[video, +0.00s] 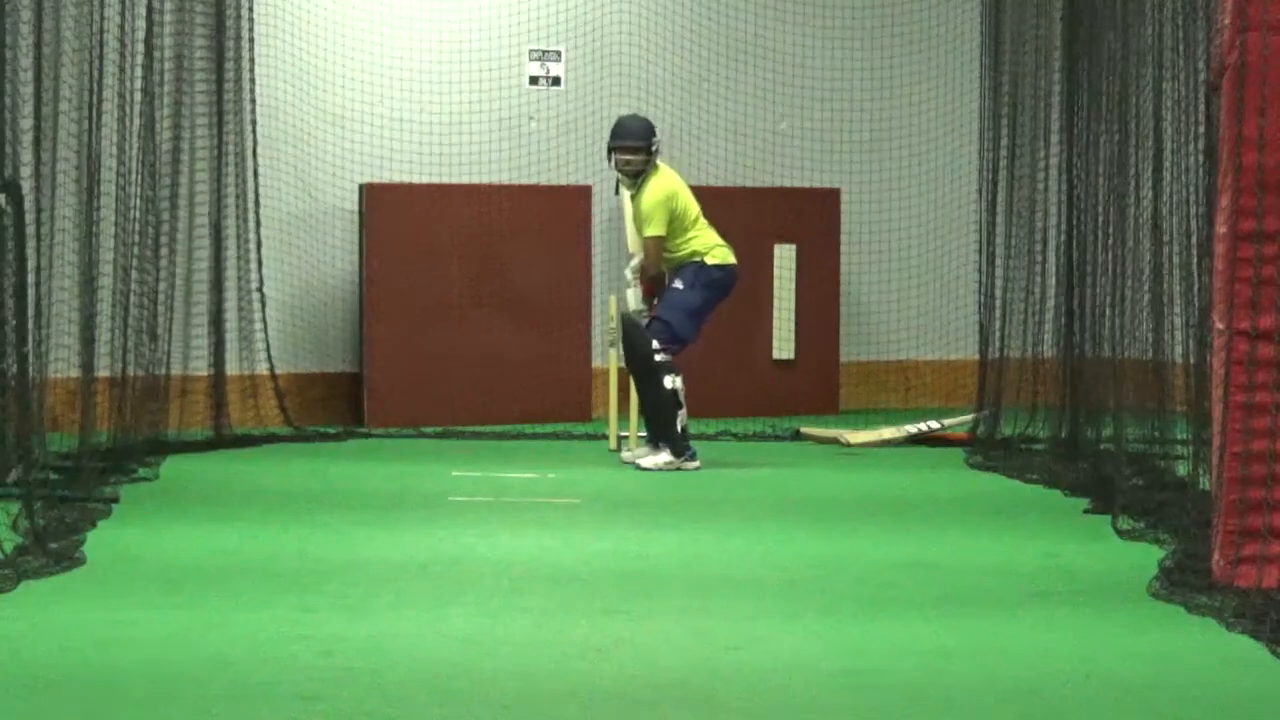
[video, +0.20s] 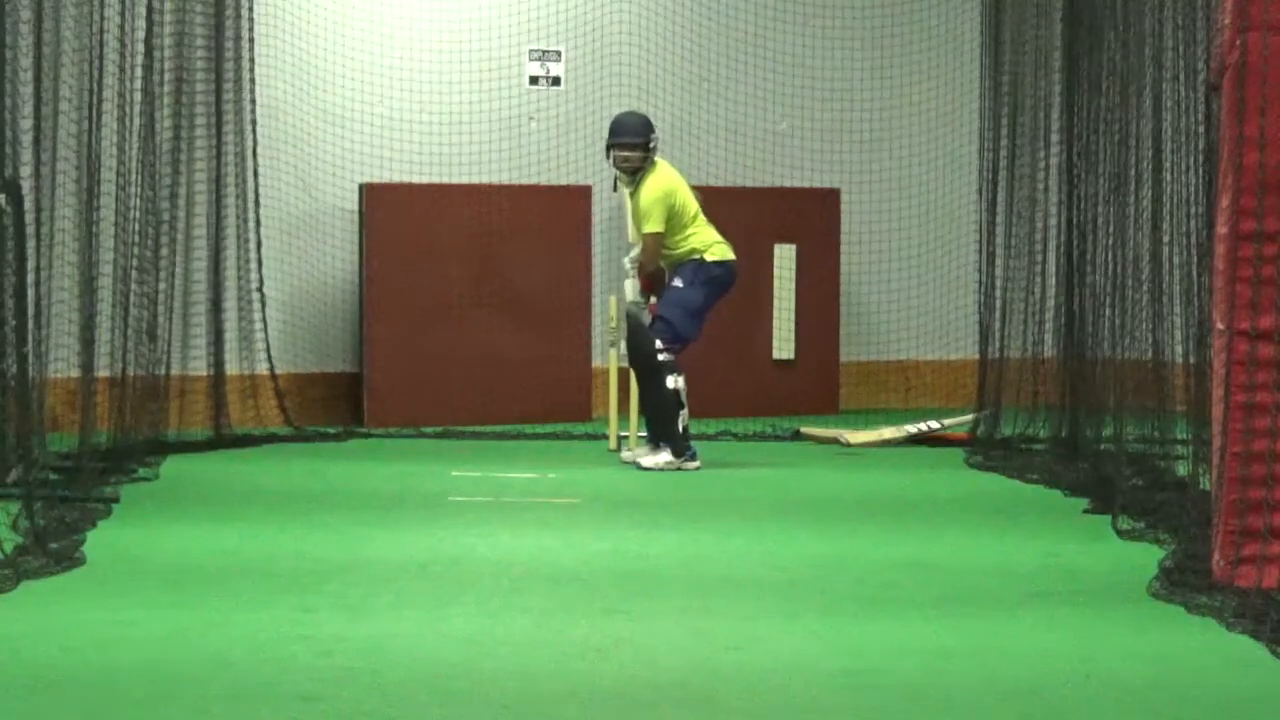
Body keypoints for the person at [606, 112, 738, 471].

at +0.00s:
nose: (628, 159)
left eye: (636, 152)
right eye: (621, 152)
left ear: (651, 154)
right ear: (611, 154)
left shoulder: (656, 191)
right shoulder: (632, 182)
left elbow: (652, 265)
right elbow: (642, 231)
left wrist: (645, 279)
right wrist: (640, 262)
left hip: (709, 264)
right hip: (687, 264)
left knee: (654, 347)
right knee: (644, 345)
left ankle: (678, 450)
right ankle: (659, 444)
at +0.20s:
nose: (626, 156)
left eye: (634, 148)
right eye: (619, 148)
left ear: (649, 150)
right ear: (610, 152)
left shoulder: (655, 187)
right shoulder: (634, 180)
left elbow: (649, 259)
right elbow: (642, 227)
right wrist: (639, 253)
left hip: (708, 262)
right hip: (687, 262)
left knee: (657, 347)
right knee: (647, 345)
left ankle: (679, 450)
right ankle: (659, 443)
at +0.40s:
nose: (626, 158)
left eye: (634, 149)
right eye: (618, 150)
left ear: (647, 150)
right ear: (608, 153)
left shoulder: (653, 188)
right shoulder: (638, 181)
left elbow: (648, 262)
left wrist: (640, 270)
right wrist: (640, 252)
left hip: (707, 262)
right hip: (687, 262)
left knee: (655, 348)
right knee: (646, 346)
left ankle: (678, 449)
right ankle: (659, 442)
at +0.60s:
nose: (623, 160)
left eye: (631, 151)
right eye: (615, 152)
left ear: (644, 152)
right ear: (605, 155)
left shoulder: (651, 189)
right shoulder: (633, 182)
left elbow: (648, 260)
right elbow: (646, 237)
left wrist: (645, 279)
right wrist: (637, 262)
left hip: (705, 262)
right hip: (684, 263)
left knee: (654, 346)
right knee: (645, 345)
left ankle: (678, 448)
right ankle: (660, 442)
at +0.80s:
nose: (616, 160)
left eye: (625, 151)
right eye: (608, 152)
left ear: (636, 153)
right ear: (597, 155)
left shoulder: (644, 189)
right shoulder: (616, 178)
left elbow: (649, 260)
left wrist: (643, 284)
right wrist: (629, 251)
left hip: (699, 258)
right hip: (675, 259)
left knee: (655, 344)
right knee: (645, 342)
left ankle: (677, 448)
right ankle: (664, 439)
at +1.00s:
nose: (607, 176)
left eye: (614, 167)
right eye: (599, 168)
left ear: (626, 166)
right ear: (587, 171)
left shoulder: (641, 201)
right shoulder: (604, 188)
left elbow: (651, 272)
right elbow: (604, 216)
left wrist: (616, 271)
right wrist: (596, 234)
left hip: (700, 253)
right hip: (672, 255)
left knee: (650, 331)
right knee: (637, 336)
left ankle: (655, 438)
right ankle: (664, 441)